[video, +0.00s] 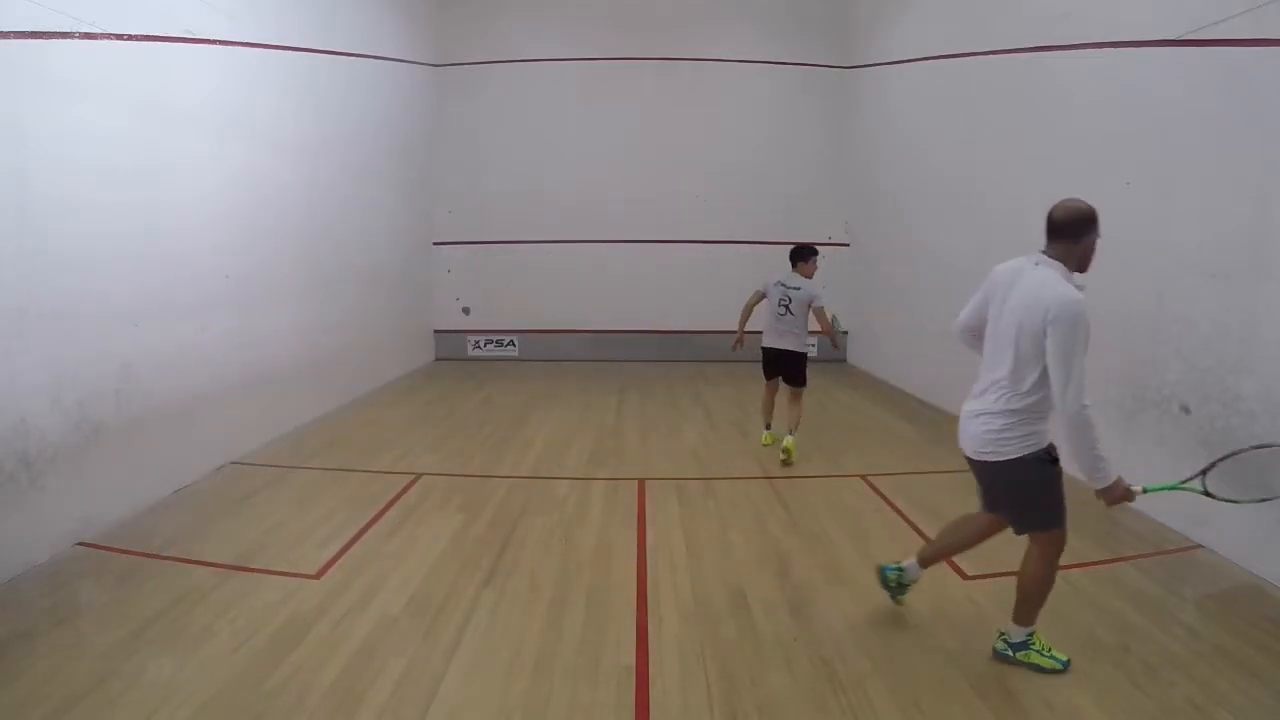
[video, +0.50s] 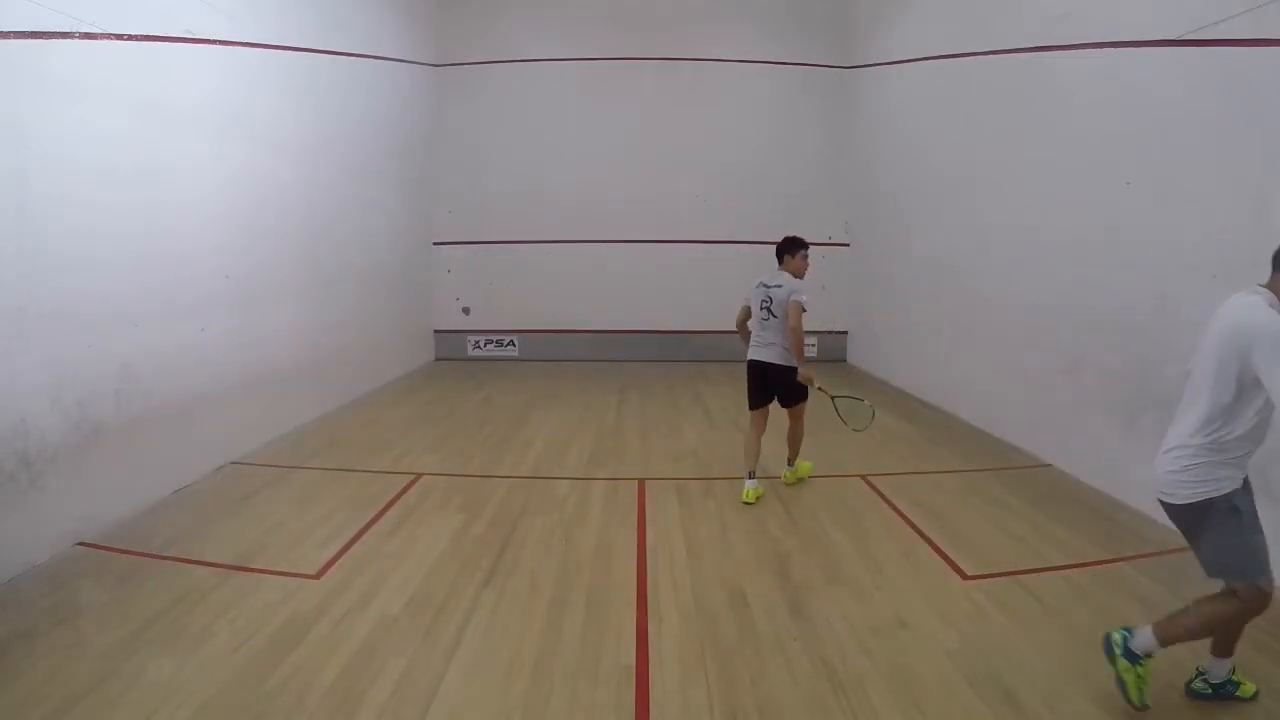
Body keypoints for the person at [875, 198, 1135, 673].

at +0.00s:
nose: (1096, 248)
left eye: (1094, 240)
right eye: (1096, 240)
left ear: (1050, 235)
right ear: (1087, 243)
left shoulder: (1008, 271)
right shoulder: (1066, 302)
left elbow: (968, 327)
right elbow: (1071, 404)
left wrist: (1014, 362)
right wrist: (1104, 479)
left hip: (979, 429)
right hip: (1017, 443)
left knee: (998, 514)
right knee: (1048, 539)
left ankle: (905, 572)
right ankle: (1018, 637)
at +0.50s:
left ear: (1271, 270)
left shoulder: (1244, 308)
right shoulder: (1262, 322)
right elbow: (1275, 390)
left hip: (1216, 472)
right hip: (1202, 480)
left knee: (1247, 576)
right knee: (1254, 595)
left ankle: (1216, 675)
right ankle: (1134, 645)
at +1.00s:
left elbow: (1273, 353)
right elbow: (1272, 354)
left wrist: (1224, 402)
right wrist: (1226, 403)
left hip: (1225, 500)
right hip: (1267, 529)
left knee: (1273, 589)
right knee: (1272, 591)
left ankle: (1230, 681)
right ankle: (1231, 680)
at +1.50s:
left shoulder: (1279, 318)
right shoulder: (1278, 320)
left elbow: (1258, 364)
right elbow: (1257, 366)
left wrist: (1191, 454)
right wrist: (1192, 454)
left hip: (1265, 511)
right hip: (1265, 511)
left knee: (1188, 627)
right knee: (1189, 626)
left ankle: (1122, 714)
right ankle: (1123, 713)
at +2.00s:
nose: (1226, 236)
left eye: (1227, 229)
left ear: (1231, 232)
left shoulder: (1175, 279)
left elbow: (1084, 334)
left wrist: (1034, 436)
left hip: (1119, 532)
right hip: (1206, 562)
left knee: (1110, 647)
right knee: (1145, 700)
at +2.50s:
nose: (1175, 235)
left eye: (1176, 226)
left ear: (1177, 235)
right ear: (1234, 250)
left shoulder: (1120, 290)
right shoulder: (1251, 340)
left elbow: (1042, 359)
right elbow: (1230, 459)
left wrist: (1033, 420)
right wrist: (1203, 531)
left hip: (1078, 506)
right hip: (1158, 535)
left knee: (1071, 600)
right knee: (1129, 675)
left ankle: (1022, 710)